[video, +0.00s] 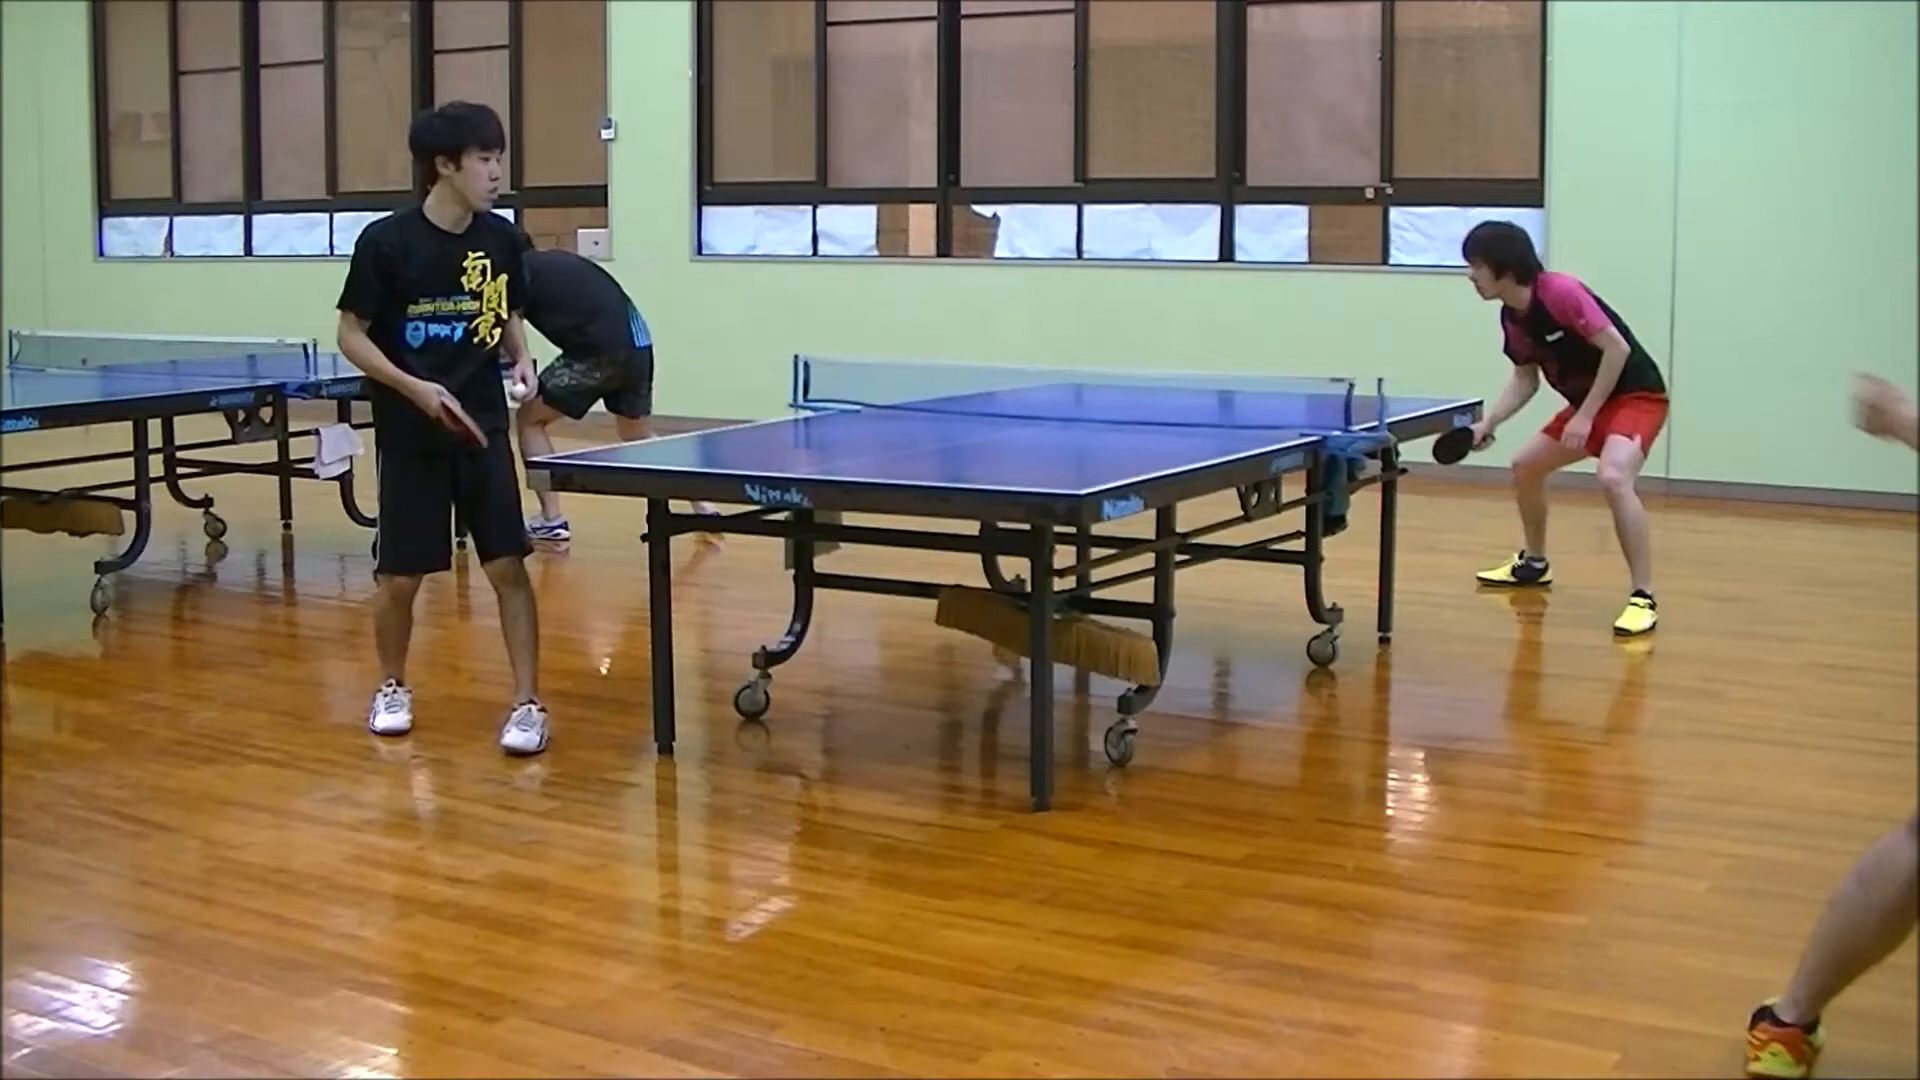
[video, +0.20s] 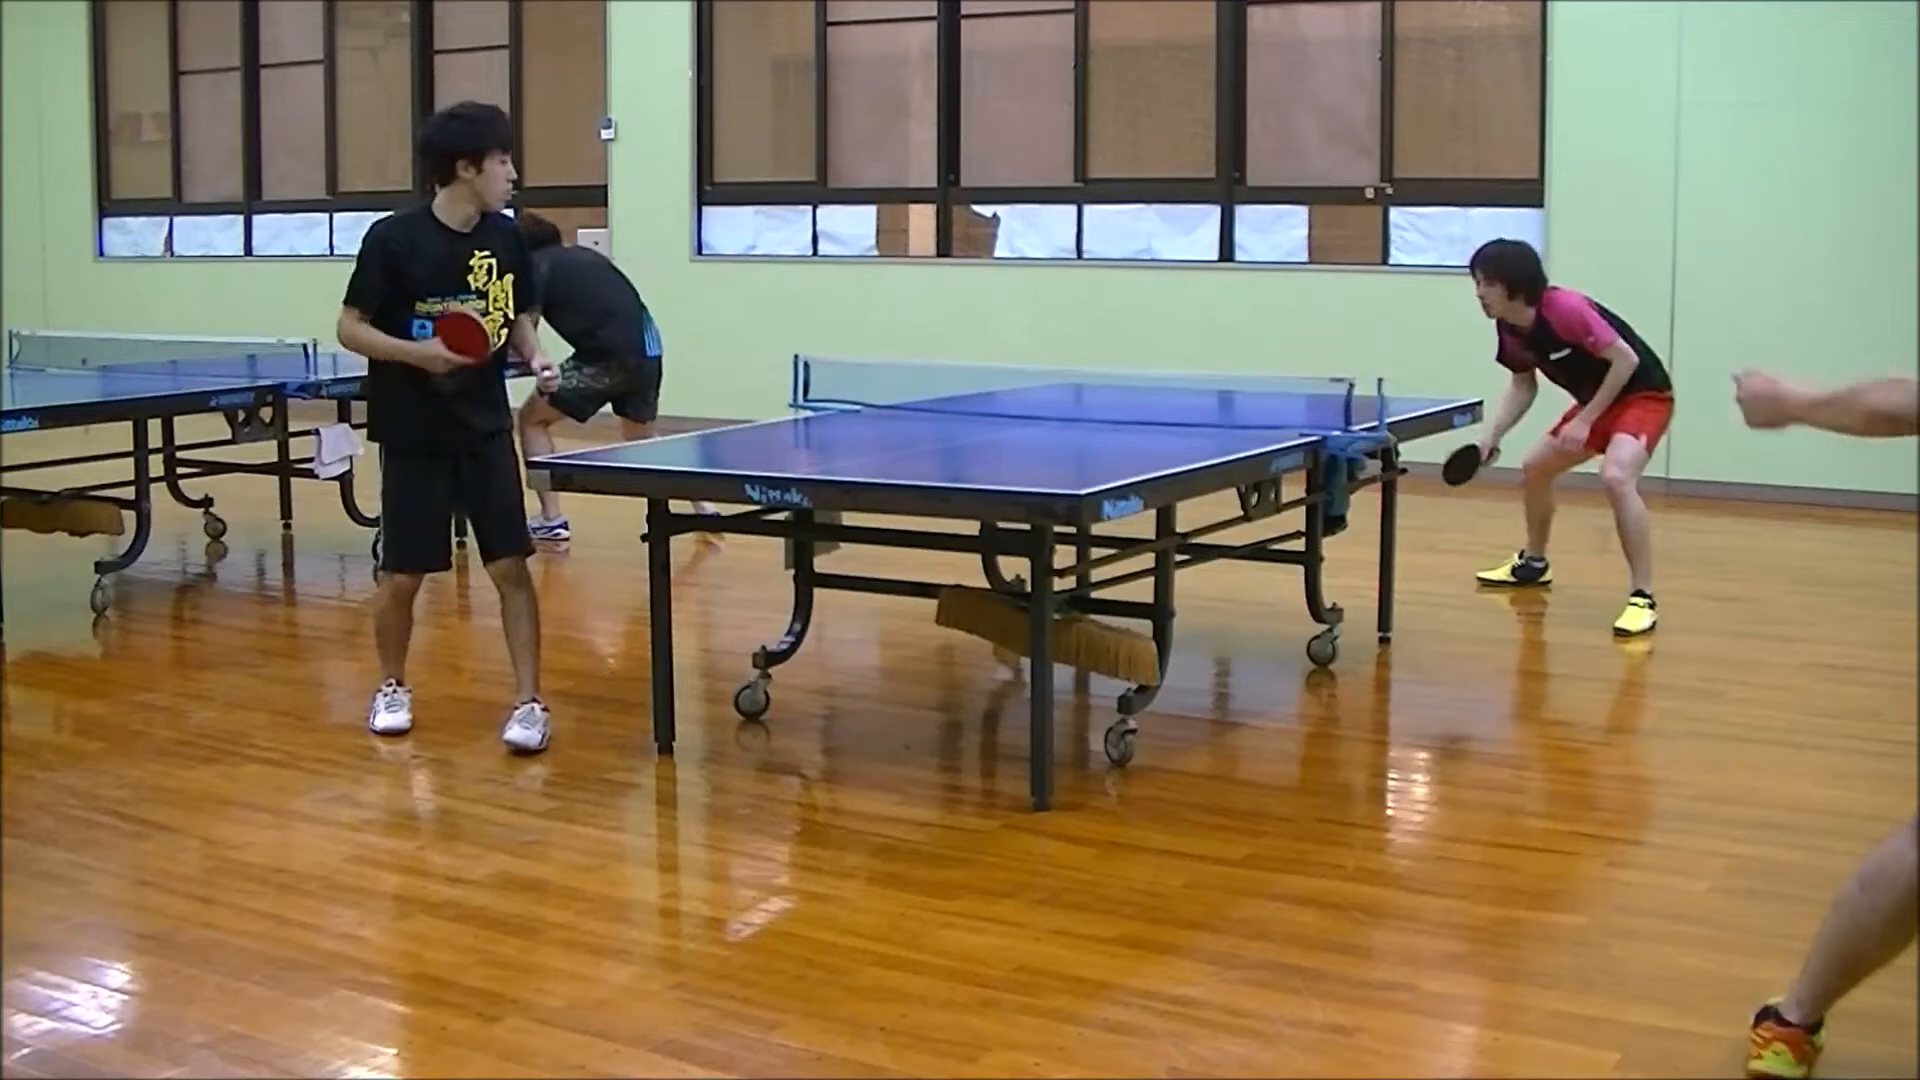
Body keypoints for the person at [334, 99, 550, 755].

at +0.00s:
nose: (498, 172)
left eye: (499, 159)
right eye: (485, 160)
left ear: (492, 164)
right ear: (443, 166)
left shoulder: (502, 237)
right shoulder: (386, 241)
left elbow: (510, 315)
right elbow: (349, 335)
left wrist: (521, 364)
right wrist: (414, 387)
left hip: (486, 429)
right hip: (411, 433)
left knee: (507, 566)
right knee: (400, 577)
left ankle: (526, 704)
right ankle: (392, 689)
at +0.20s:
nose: (512, 174)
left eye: (511, 161)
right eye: (503, 163)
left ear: (480, 167)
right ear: (463, 169)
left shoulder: (506, 235)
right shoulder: (392, 237)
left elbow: (520, 318)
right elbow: (350, 327)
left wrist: (532, 355)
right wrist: (414, 351)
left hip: (486, 432)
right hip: (413, 436)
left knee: (511, 567)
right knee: (402, 575)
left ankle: (529, 703)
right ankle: (392, 688)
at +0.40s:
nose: (513, 185)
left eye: (512, 173)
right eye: (503, 174)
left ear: (478, 180)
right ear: (464, 180)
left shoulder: (506, 238)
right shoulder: (392, 238)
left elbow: (530, 321)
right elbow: (345, 329)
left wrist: (539, 358)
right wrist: (417, 336)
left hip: (483, 435)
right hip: (410, 440)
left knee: (510, 566)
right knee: (400, 578)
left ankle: (530, 700)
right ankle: (392, 687)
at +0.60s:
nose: (515, 240)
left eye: (519, 226)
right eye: (504, 227)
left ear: (520, 221)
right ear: (465, 220)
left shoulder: (522, 276)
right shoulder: (399, 260)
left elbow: (546, 360)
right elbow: (356, 352)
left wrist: (558, 417)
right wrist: (425, 377)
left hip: (476, 446)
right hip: (403, 446)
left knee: (495, 566)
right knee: (394, 585)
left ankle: (525, 701)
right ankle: (392, 688)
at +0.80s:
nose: (523, 294)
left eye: (532, 281)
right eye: (513, 281)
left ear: (542, 268)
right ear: (479, 264)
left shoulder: (542, 308)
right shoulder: (422, 283)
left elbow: (560, 397)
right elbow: (381, 377)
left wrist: (571, 431)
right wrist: (448, 383)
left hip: (496, 461)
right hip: (423, 457)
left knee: (494, 574)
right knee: (403, 598)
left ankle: (525, 707)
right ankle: (394, 688)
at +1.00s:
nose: (544, 319)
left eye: (552, 306)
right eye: (533, 307)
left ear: (561, 292)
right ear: (498, 289)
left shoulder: (565, 320)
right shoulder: (449, 293)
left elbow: (572, 407)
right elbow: (417, 387)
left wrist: (556, 424)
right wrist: (498, 384)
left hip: (510, 467)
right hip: (443, 461)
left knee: (499, 583)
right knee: (414, 595)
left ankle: (525, 709)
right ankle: (402, 674)